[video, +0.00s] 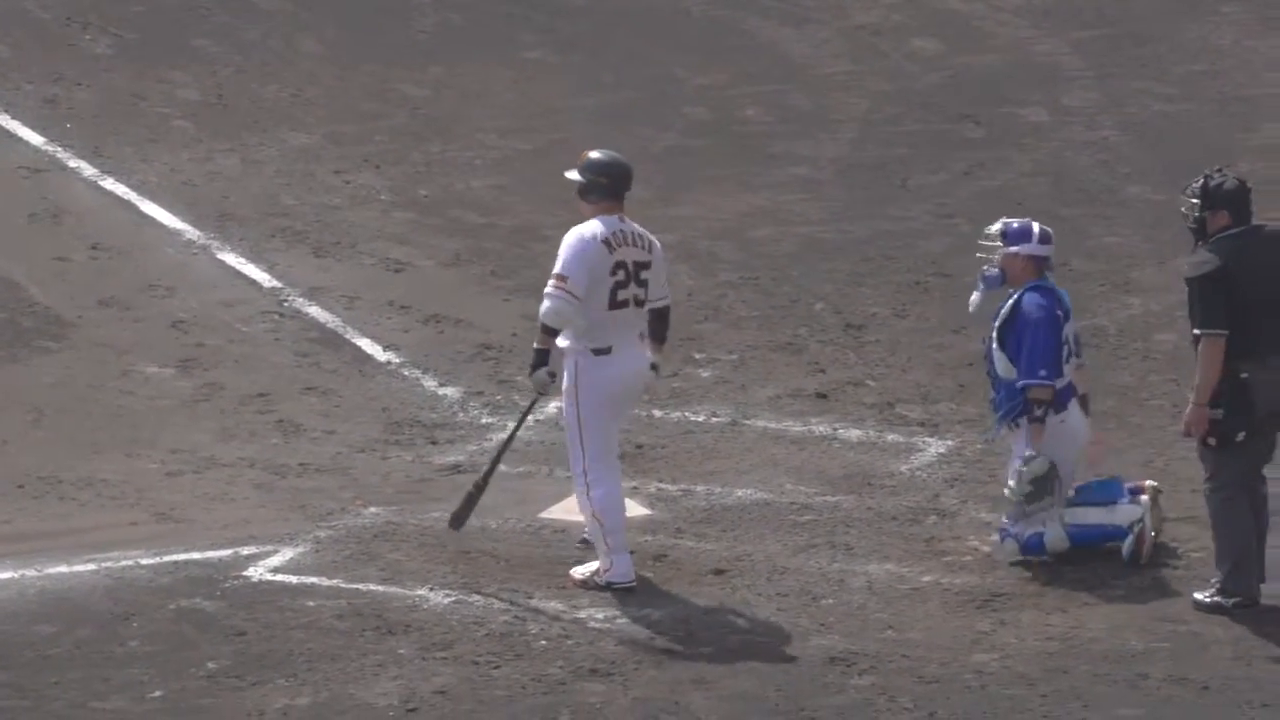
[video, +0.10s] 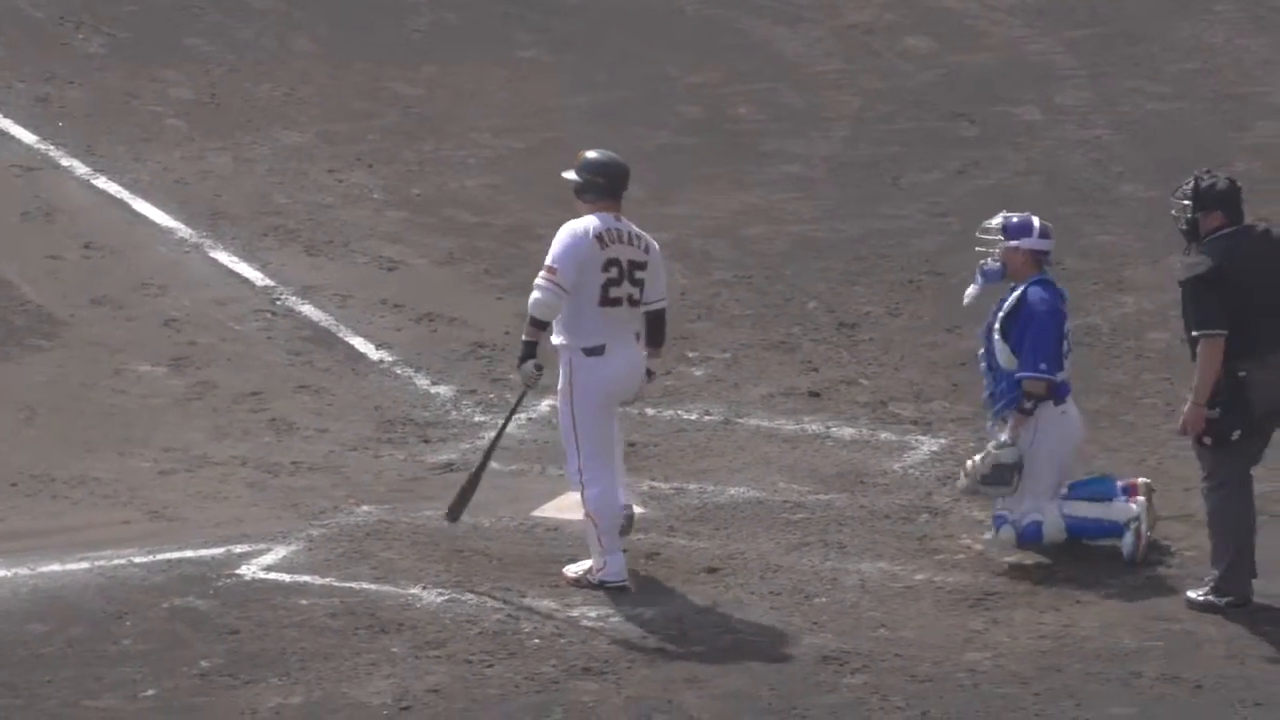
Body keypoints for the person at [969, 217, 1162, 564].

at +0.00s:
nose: (999, 258)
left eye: (1005, 252)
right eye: (1002, 251)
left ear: (1023, 260)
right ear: (1030, 259)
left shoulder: (1035, 306)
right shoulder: (1045, 294)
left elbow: (1040, 378)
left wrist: (1033, 440)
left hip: (1047, 422)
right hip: (1060, 416)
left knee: (1024, 530)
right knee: (1044, 509)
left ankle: (1127, 523)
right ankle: (1132, 498)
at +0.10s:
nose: (997, 254)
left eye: (1003, 247)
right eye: (999, 247)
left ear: (1023, 255)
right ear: (1029, 255)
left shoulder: (1037, 301)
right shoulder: (1031, 289)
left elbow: (1036, 380)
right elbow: (1010, 267)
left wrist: (1011, 433)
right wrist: (991, 275)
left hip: (1045, 419)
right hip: (1041, 413)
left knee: (1016, 523)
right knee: (1025, 505)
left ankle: (1124, 521)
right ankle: (1123, 495)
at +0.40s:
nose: (1000, 249)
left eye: (1009, 243)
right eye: (1001, 241)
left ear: (1032, 250)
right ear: (1023, 251)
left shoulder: (1048, 295)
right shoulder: (1008, 291)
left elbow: (1041, 373)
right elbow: (998, 370)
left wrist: (990, 417)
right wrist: (959, 406)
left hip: (1047, 405)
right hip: (1021, 407)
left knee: (1006, 479)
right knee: (1004, 519)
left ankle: (1107, 524)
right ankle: (1101, 484)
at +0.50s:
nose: (1002, 250)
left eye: (1011, 244)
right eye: (1002, 243)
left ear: (1034, 251)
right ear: (1028, 251)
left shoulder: (1051, 295)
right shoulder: (1009, 292)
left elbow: (1047, 375)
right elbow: (1003, 370)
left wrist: (998, 421)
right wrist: (962, 410)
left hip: (1049, 408)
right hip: (1021, 411)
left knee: (1003, 472)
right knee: (1000, 518)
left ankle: (1099, 528)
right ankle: (1096, 485)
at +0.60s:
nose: (1006, 253)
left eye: (1015, 246)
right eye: (1006, 245)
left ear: (1039, 253)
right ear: (1034, 254)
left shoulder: (1057, 298)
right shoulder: (1017, 294)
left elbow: (1054, 378)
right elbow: (1010, 373)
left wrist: (1001, 423)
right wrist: (969, 412)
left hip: (1055, 411)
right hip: (1027, 413)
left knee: (1005, 472)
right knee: (997, 518)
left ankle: (1100, 530)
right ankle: (1098, 485)